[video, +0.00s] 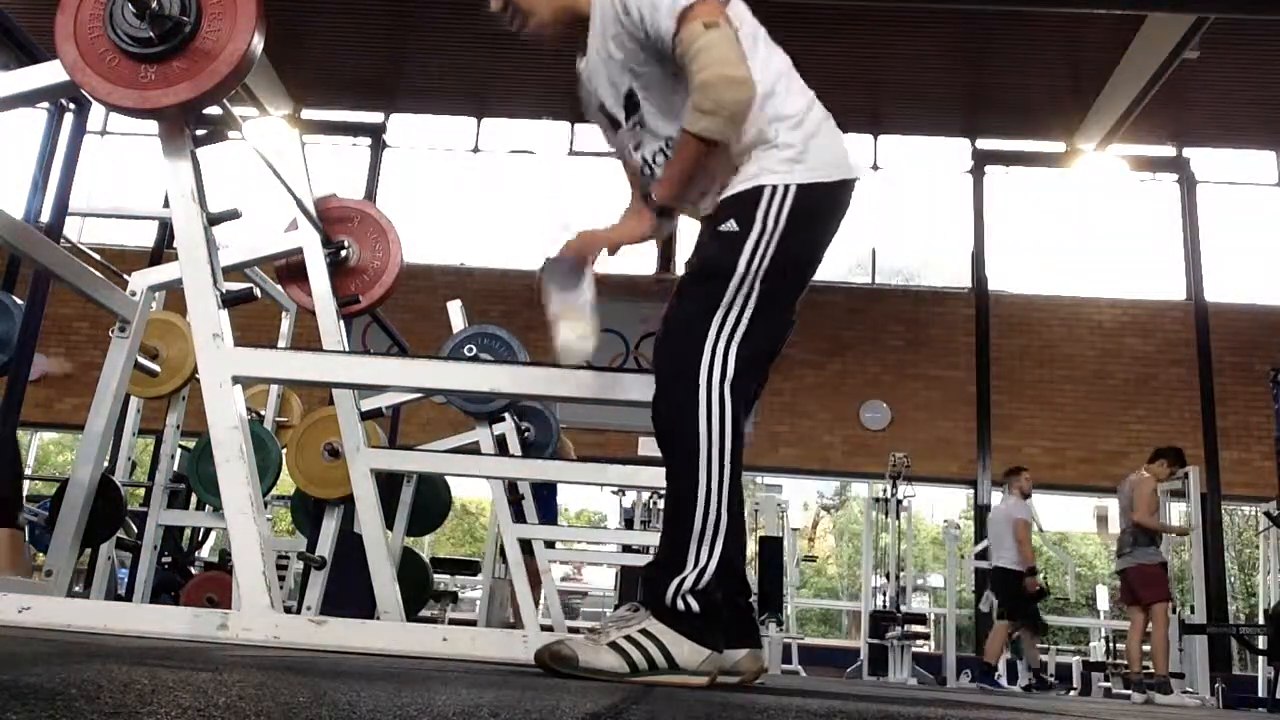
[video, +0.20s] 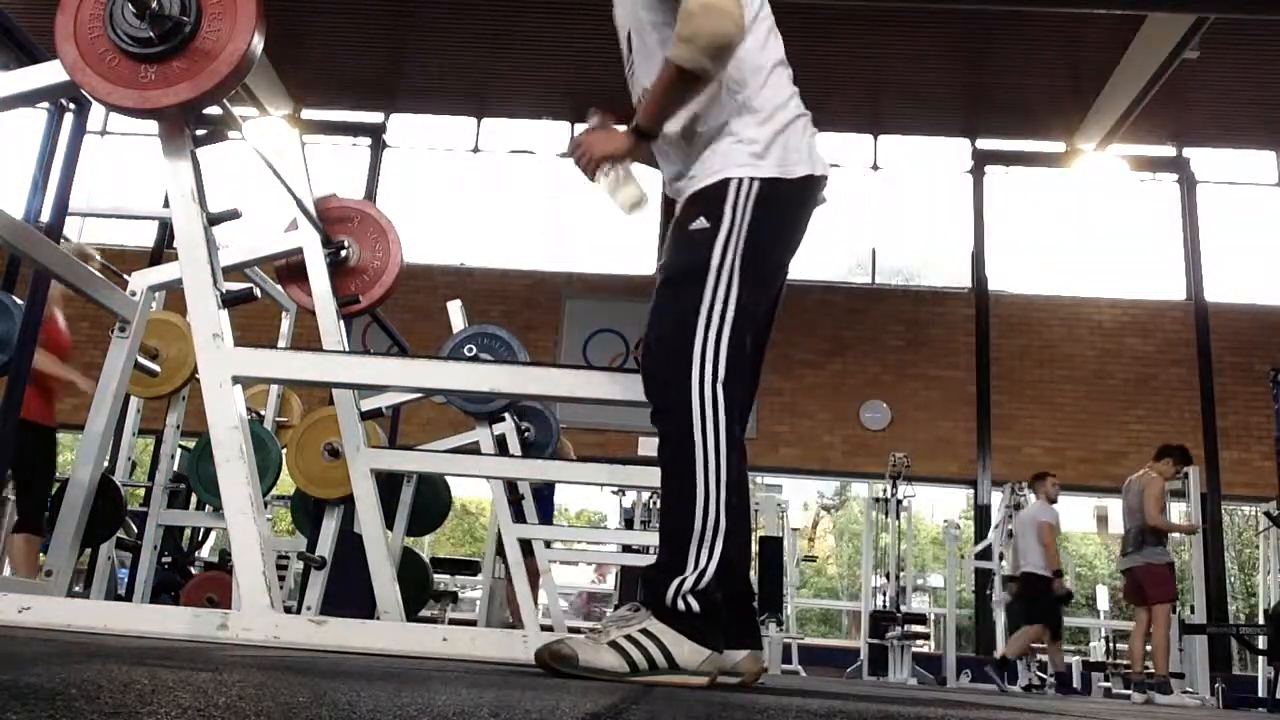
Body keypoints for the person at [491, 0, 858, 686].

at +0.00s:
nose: (510, 18)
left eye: (511, 1)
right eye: (505, 13)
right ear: (526, 17)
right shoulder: (598, 78)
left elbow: (724, 84)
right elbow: (653, 204)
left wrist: (660, 195)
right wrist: (605, 236)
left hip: (786, 167)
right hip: (744, 189)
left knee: (698, 377)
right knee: (691, 393)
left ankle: (690, 622)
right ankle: (726, 631)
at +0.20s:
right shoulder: (646, 15)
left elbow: (715, 27)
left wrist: (636, 126)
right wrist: (631, 139)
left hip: (750, 157)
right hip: (711, 168)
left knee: (689, 374)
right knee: (692, 383)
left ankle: (691, 623)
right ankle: (728, 631)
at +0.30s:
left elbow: (709, 16)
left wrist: (637, 100)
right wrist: (625, 106)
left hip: (735, 154)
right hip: (708, 159)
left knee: (678, 370)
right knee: (692, 385)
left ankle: (690, 623)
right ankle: (725, 632)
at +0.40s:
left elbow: (702, 12)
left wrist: (633, 89)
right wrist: (622, 101)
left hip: (719, 159)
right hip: (713, 163)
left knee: (667, 374)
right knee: (704, 399)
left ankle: (686, 623)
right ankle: (730, 635)